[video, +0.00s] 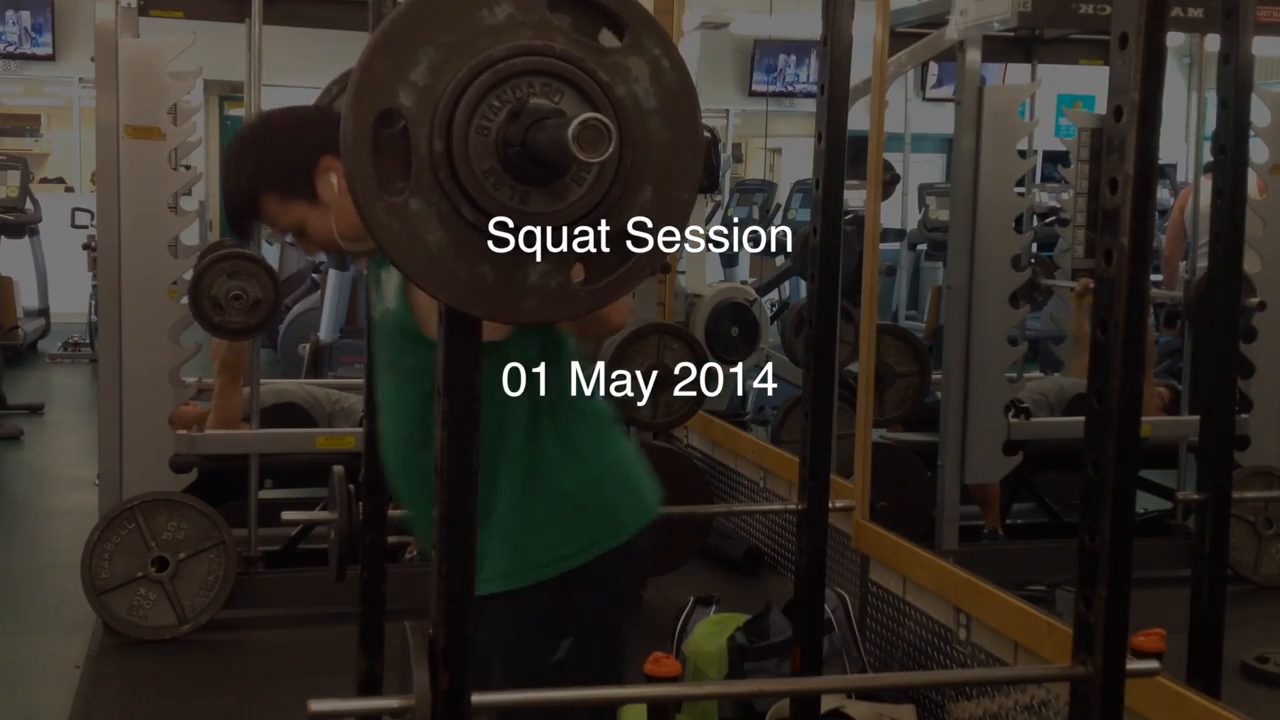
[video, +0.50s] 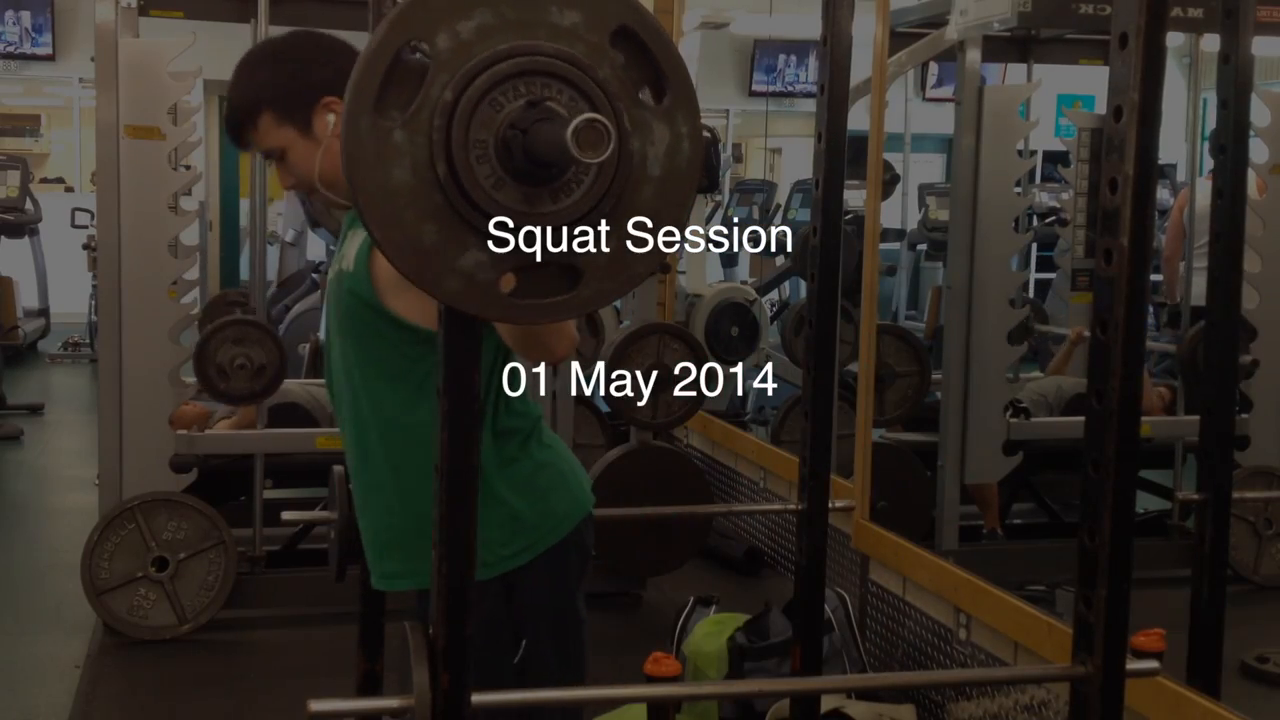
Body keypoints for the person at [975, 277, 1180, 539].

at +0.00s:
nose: (1155, 395)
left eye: (1162, 397)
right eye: (1158, 391)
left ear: (1163, 411)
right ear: (1149, 386)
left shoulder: (1147, 422)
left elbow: (1147, 364)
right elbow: (1081, 354)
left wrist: (1142, 313)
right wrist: (1079, 303)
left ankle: (993, 527)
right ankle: (992, 527)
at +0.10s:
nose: (1155, 394)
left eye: (1161, 397)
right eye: (1158, 391)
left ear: (1161, 411)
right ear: (1151, 388)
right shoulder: (1099, 391)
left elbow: (1146, 365)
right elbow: (1071, 354)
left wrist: (1143, 315)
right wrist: (1077, 305)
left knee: (982, 459)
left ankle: (993, 528)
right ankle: (992, 526)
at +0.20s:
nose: (1154, 394)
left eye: (1161, 398)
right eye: (1157, 390)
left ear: (1161, 412)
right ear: (1149, 389)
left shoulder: (1139, 419)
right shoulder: (1101, 393)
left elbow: (1146, 378)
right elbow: (1065, 363)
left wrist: (1144, 336)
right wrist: (1075, 316)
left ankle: (992, 527)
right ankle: (992, 525)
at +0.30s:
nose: (1157, 396)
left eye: (1163, 399)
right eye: (1159, 392)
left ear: (1163, 411)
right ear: (1150, 388)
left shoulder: (1145, 418)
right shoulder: (1105, 393)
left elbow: (1145, 389)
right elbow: (1057, 370)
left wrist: (1145, 346)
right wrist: (1072, 327)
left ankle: (993, 527)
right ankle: (992, 527)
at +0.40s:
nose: (1155, 398)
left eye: (1162, 401)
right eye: (1158, 393)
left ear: (1163, 413)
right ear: (1151, 387)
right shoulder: (1107, 391)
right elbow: (1053, 376)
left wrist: (1142, 365)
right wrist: (1070, 339)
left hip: (1022, 414)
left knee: (980, 463)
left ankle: (992, 528)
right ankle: (991, 526)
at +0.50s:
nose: (1155, 394)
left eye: (1161, 397)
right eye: (1158, 391)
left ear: (1161, 412)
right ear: (1152, 387)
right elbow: (1051, 379)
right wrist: (1070, 345)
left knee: (979, 464)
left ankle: (993, 529)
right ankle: (992, 527)